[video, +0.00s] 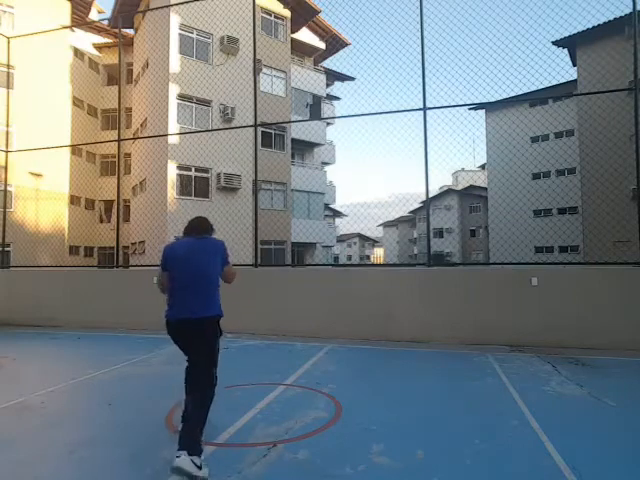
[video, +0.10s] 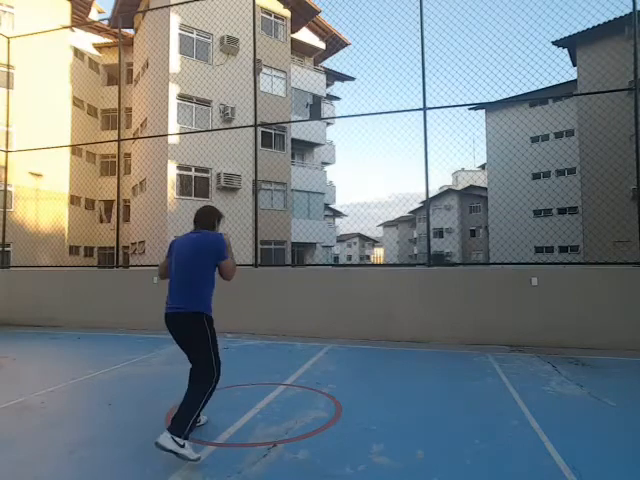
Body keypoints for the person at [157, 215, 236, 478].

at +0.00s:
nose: (210, 235)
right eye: (210, 232)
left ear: (186, 232)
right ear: (210, 232)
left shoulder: (171, 248)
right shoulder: (216, 246)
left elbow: (164, 286)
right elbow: (229, 277)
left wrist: (177, 274)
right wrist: (214, 263)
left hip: (176, 323)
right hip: (206, 322)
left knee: (195, 361)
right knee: (204, 382)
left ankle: (190, 415)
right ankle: (188, 451)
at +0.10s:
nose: (219, 229)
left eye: (218, 225)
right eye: (219, 225)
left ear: (195, 222)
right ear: (215, 224)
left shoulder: (178, 242)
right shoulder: (217, 240)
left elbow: (163, 273)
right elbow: (228, 274)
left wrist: (185, 261)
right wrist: (226, 250)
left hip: (174, 315)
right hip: (196, 316)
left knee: (199, 363)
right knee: (210, 372)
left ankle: (189, 414)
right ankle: (176, 434)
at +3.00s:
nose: (285, 238)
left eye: (286, 235)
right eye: (287, 235)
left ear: (287, 236)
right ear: (303, 233)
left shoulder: (289, 251)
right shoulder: (311, 247)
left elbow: (276, 277)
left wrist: (274, 257)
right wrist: (283, 253)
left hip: (302, 308)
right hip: (322, 305)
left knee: (279, 342)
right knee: (334, 343)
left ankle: (287, 389)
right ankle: (365, 381)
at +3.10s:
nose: (293, 243)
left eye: (293, 240)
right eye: (293, 240)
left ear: (297, 241)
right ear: (311, 238)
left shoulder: (306, 256)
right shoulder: (321, 252)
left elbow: (298, 283)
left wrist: (288, 267)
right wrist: (294, 263)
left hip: (314, 310)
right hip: (333, 308)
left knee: (287, 342)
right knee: (341, 346)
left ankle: (287, 389)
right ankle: (369, 383)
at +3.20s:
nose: (304, 243)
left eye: (305, 239)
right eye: (304, 239)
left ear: (309, 240)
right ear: (321, 237)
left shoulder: (318, 255)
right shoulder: (335, 251)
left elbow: (309, 283)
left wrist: (300, 263)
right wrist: (306, 260)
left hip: (325, 309)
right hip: (344, 308)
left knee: (298, 342)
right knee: (347, 345)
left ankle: (287, 389)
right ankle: (370, 384)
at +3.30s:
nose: (314, 236)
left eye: (315, 233)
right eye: (314, 233)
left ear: (322, 232)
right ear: (333, 230)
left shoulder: (325, 248)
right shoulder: (346, 245)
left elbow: (310, 272)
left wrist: (308, 250)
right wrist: (317, 249)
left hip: (334, 303)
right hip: (354, 301)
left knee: (310, 342)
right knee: (354, 342)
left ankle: (295, 385)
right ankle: (370, 383)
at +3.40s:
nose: (322, 230)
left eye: (323, 227)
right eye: (322, 227)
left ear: (329, 226)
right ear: (341, 225)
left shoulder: (333, 241)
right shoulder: (353, 241)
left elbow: (314, 259)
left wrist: (315, 238)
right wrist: (325, 239)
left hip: (339, 298)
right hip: (358, 297)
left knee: (319, 338)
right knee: (358, 338)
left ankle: (320, 383)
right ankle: (371, 383)